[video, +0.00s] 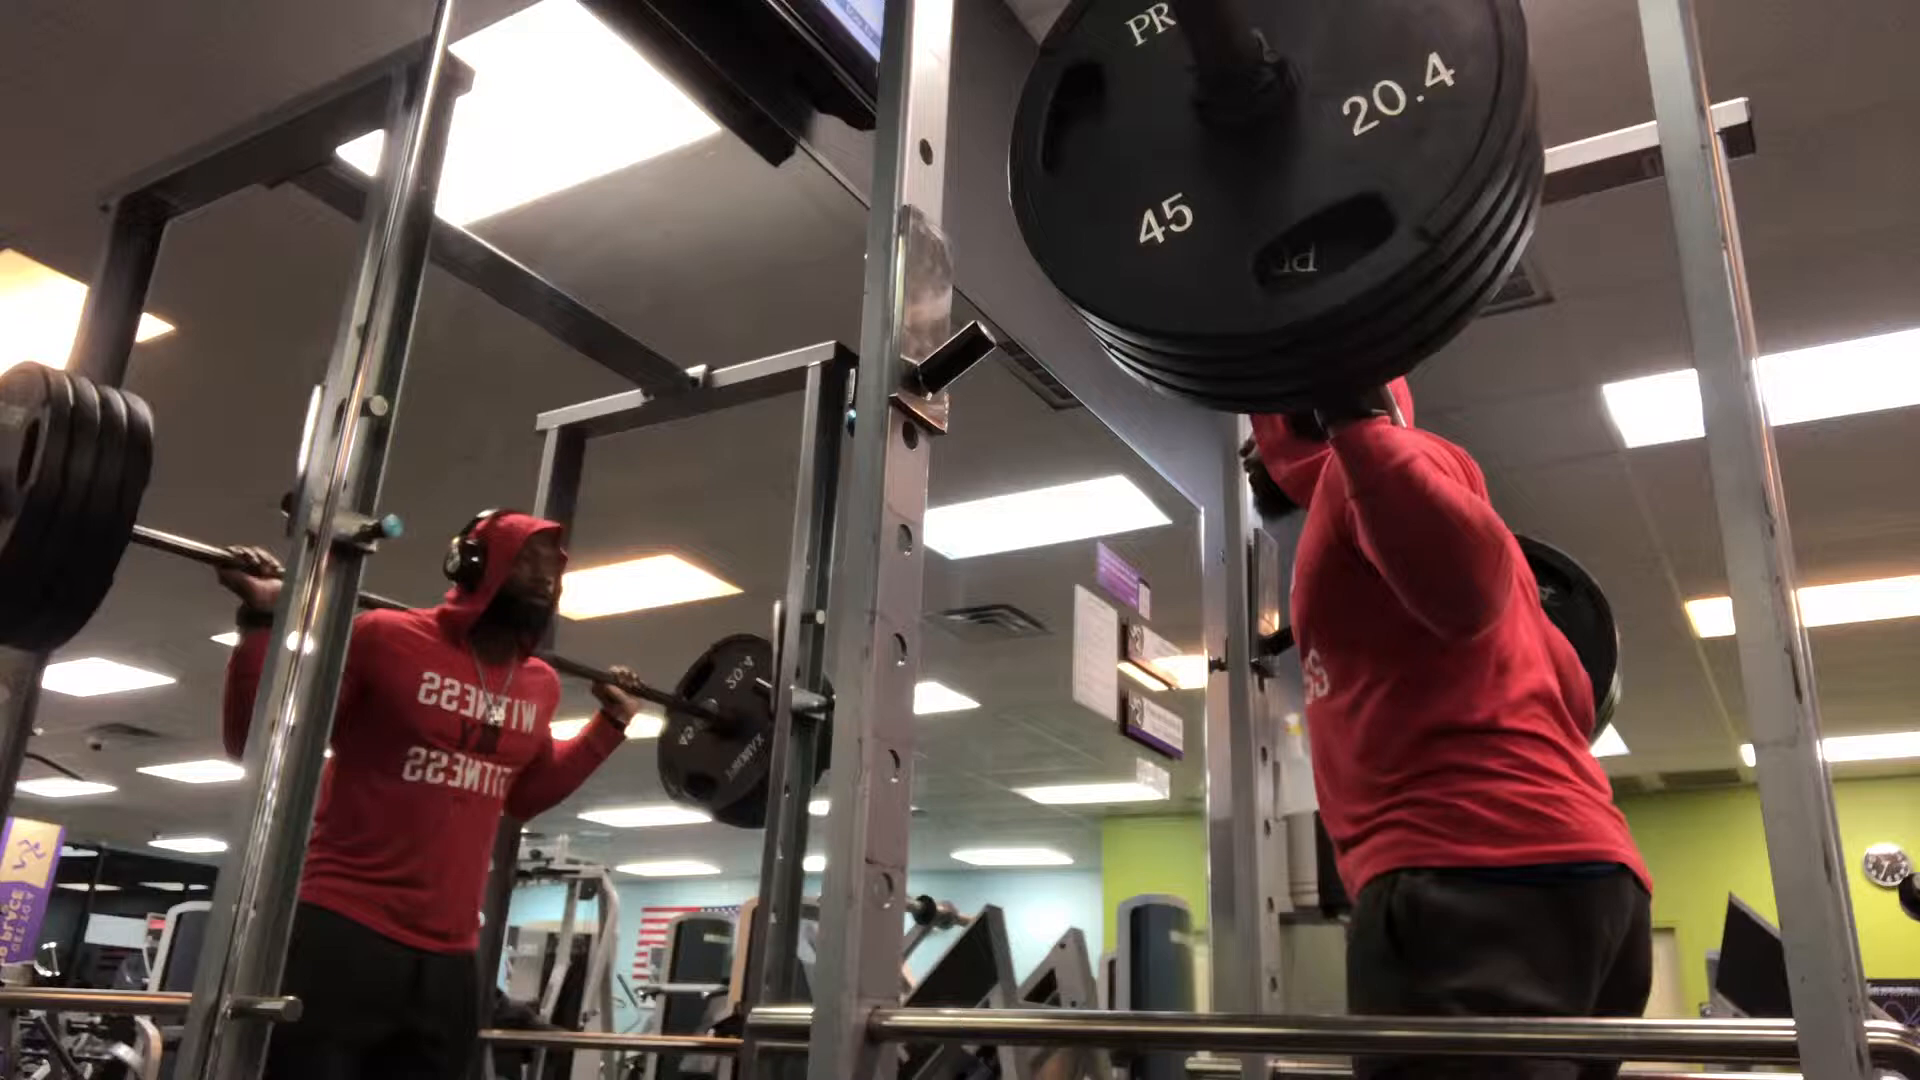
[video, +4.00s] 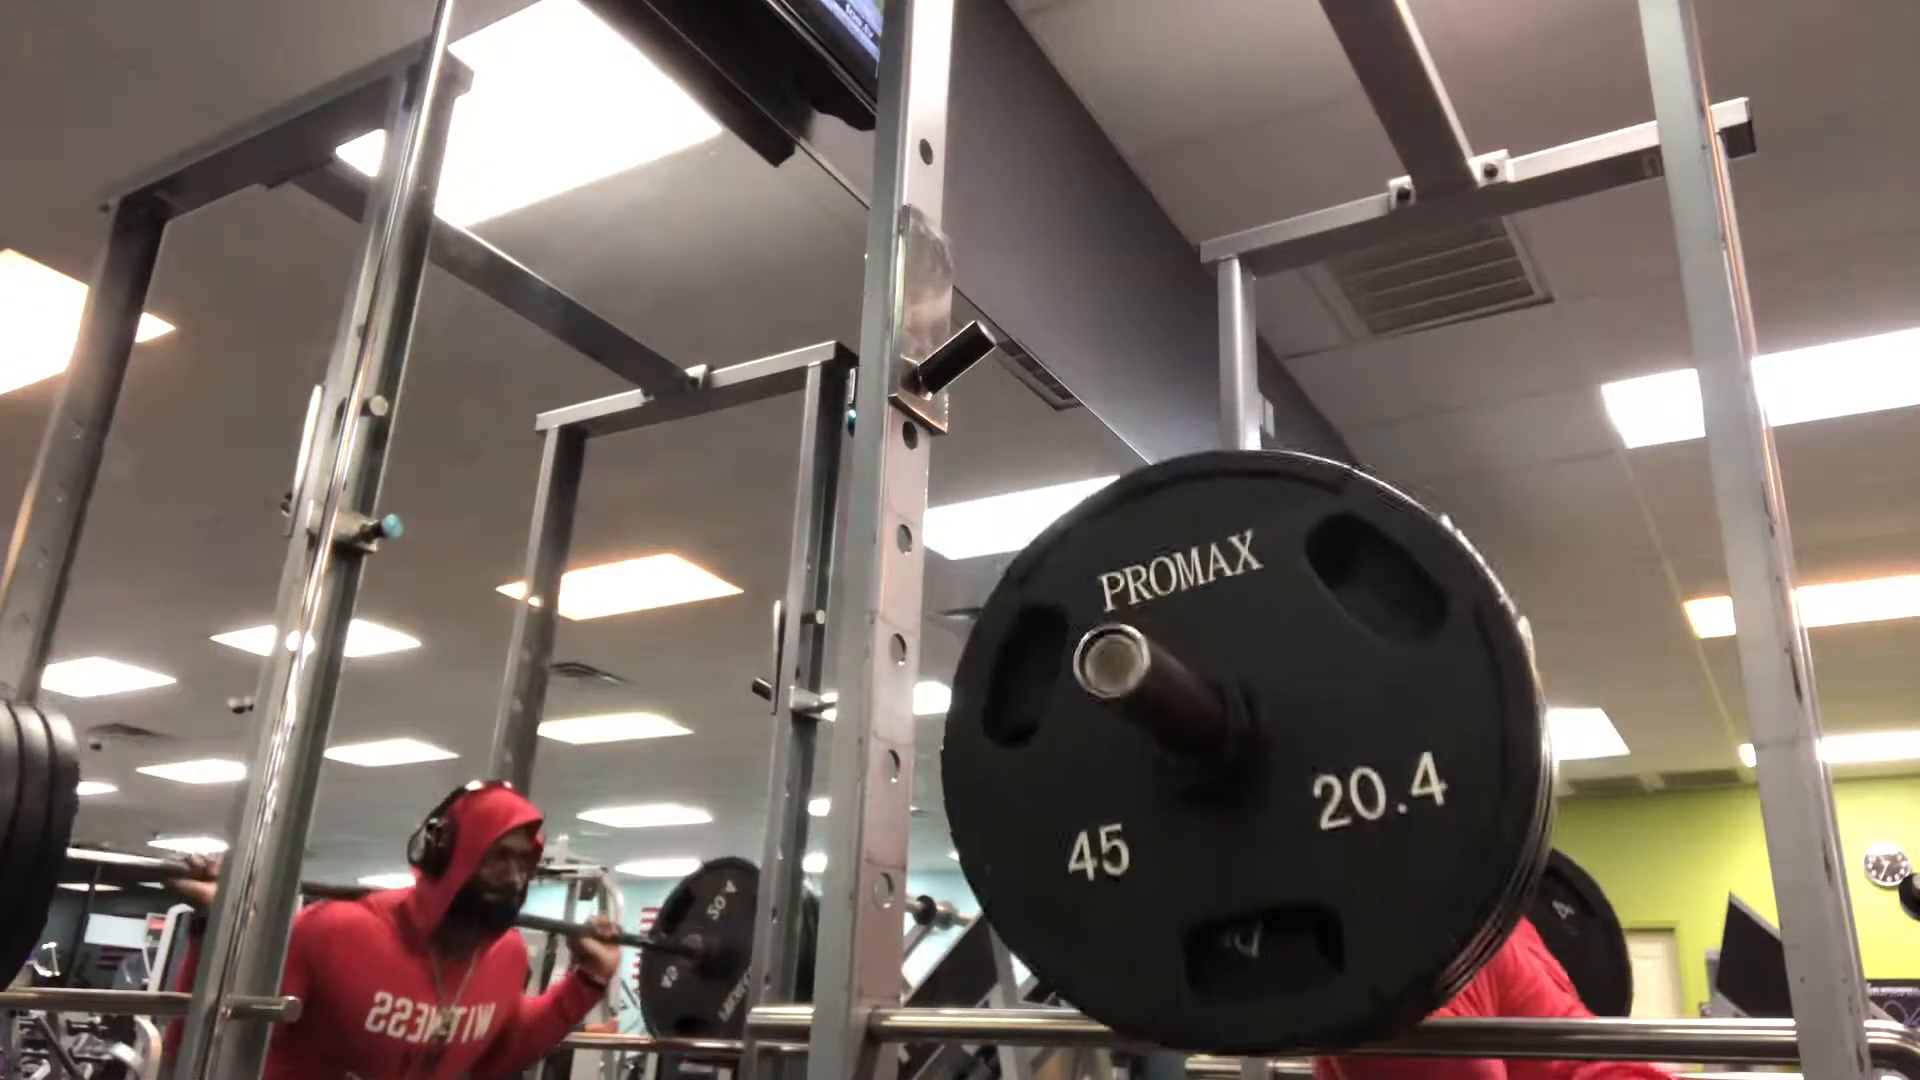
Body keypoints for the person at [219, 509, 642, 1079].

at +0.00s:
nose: (547, 579)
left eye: (555, 567)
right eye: (531, 562)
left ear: (560, 581)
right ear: (483, 566)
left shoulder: (538, 684)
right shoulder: (381, 636)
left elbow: (524, 796)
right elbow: (249, 742)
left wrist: (608, 724)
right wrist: (262, 620)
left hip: (450, 954)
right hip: (343, 928)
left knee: (435, 1072)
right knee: (314, 1071)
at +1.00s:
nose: (545, 598)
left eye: (555, 583)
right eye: (531, 577)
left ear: (560, 594)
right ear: (482, 576)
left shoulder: (533, 686)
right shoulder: (376, 641)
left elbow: (519, 794)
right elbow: (242, 746)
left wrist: (605, 722)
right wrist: (257, 628)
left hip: (448, 954)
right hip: (341, 929)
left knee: (435, 1071)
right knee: (315, 1070)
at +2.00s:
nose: (542, 601)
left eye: (553, 588)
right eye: (528, 582)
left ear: (560, 599)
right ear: (482, 578)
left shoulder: (534, 689)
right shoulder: (375, 643)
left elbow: (522, 798)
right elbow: (244, 753)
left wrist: (607, 725)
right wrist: (256, 629)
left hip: (444, 960)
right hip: (332, 934)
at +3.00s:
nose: (532, 727)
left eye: (542, 713)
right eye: (516, 707)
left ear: (548, 724)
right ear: (470, 706)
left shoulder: (520, 822)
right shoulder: (359, 783)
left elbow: (505, 929)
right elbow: (227, 899)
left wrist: (594, 858)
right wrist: (242, 772)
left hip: (410, 1051)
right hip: (305, 1040)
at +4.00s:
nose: (513, 876)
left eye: (525, 862)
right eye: (497, 858)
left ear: (536, 872)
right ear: (450, 855)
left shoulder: (508, 955)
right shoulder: (336, 931)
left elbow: (491, 1057)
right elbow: (200, 1045)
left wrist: (583, 987)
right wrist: (222, 922)